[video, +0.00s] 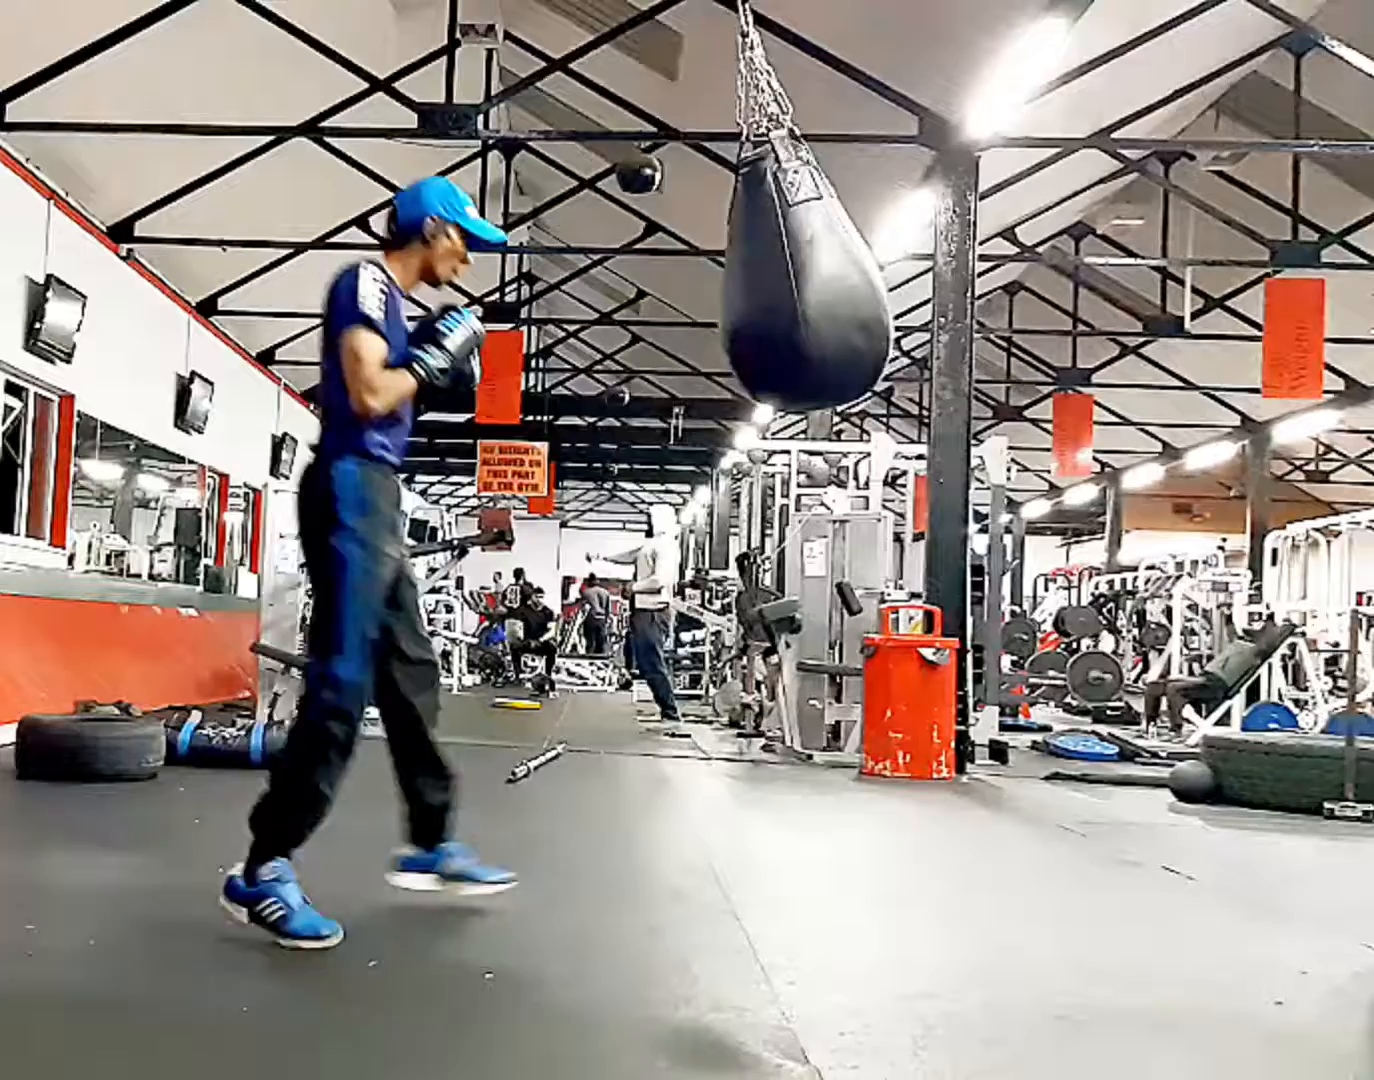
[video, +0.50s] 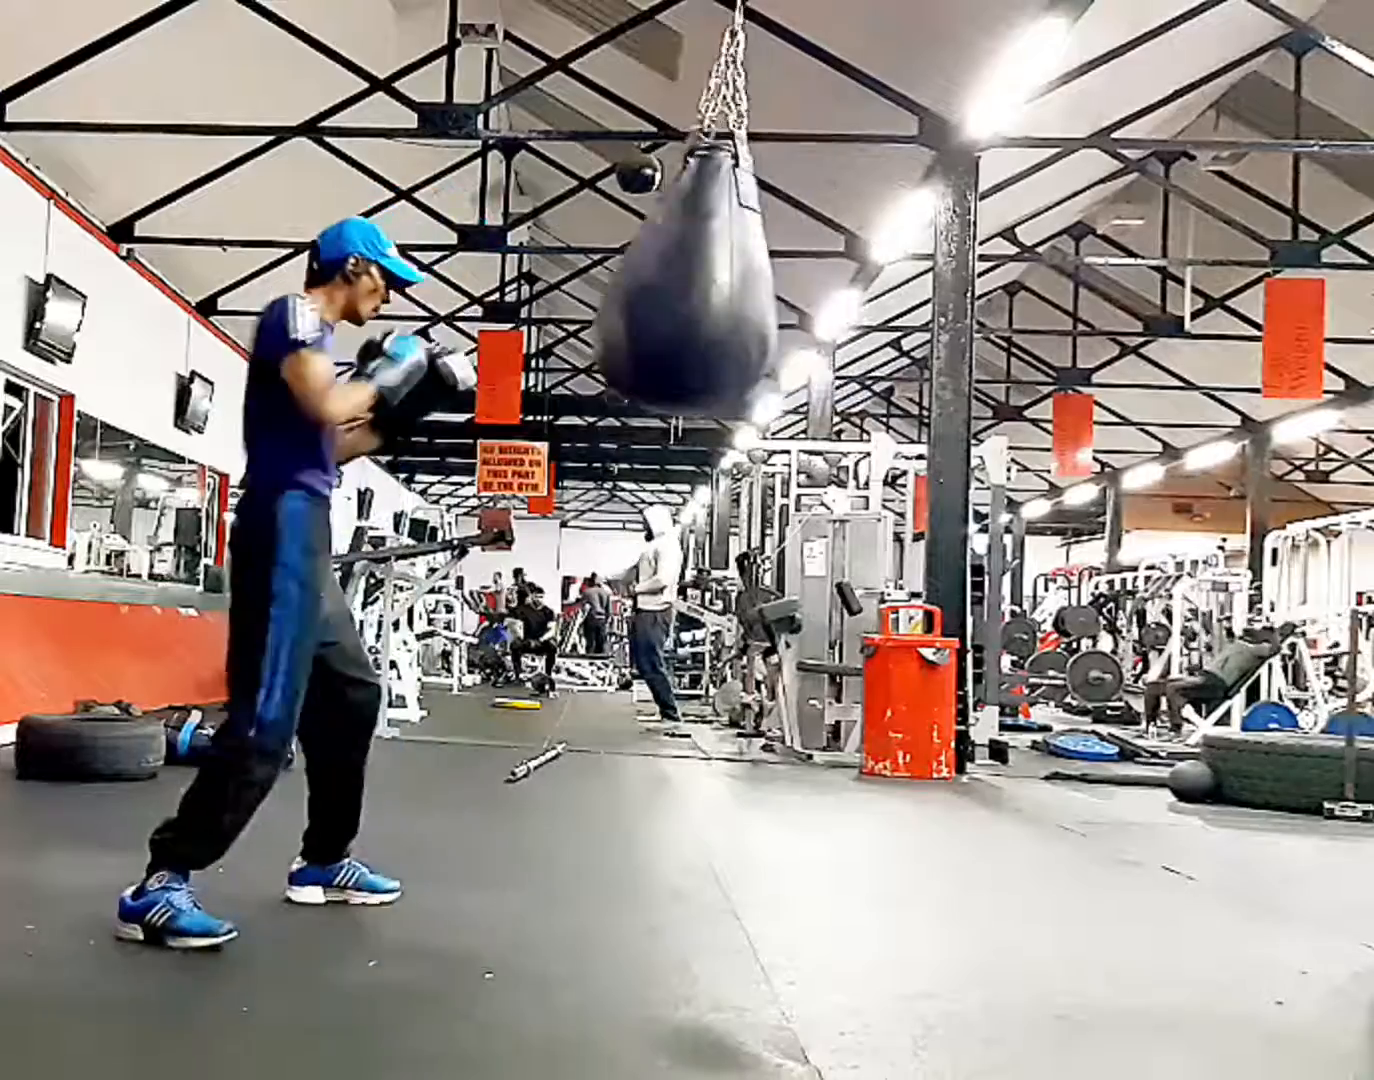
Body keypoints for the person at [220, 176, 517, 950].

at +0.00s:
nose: (466, 260)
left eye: (468, 248)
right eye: (462, 244)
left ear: (429, 236)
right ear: (431, 234)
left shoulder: (402, 306)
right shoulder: (363, 285)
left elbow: (386, 398)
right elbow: (370, 398)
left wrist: (434, 371)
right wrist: (432, 359)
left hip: (378, 491)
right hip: (349, 487)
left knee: (408, 673)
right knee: (342, 683)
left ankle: (429, 845)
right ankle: (262, 870)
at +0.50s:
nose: (386, 301)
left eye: (390, 288)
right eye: (384, 285)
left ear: (347, 275)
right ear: (354, 272)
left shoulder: (319, 341)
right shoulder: (296, 313)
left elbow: (329, 450)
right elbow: (318, 403)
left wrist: (401, 415)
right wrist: (386, 375)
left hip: (304, 528)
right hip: (280, 522)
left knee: (351, 694)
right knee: (265, 718)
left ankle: (326, 862)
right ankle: (162, 881)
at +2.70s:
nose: (403, 294)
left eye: (408, 284)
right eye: (400, 279)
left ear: (376, 273)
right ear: (366, 265)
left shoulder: (358, 336)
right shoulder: (307, 307)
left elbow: (345, 430)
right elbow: (257, 394)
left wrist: (384, 420)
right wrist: (342, 394)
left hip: (329, 500)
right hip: (289, 496)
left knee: (342, 665)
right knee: (263, 664)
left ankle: (350, 822)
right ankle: (202, 825)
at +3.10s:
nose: (376, 296)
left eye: (379, 286)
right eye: (370, 282)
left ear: (350, 281)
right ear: (332, 271)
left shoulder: (336, 346)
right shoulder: (272, 320)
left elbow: (340, 428)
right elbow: (256, 414)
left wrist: (382, 407)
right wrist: (329, 381)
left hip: (317, 514)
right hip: (269, 509)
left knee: (350, 669)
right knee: (246, 684)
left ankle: (333, 825)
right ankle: (161, 823)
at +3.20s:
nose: (383, 316)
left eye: (388, 305)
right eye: (379, 301)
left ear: (352, 296)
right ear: (344, 289)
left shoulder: (344, 362)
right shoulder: (282, 335)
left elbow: (345, 446)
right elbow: (291, 428)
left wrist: (391, 414)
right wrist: (359, 399)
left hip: (318, 529)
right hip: (279, 524)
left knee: (353, 686)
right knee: (246, 695)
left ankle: (393, 836)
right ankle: (158, 834)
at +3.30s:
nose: (404, 322)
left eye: (406, 313)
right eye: (398, 309)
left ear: (378, 309)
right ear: (364, 299)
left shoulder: (364, 378)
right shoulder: (304, 343)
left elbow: (351, 462)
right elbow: (298, 440)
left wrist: (404, 442)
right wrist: (373, 419)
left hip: (339, 535)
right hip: (299, 530)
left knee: (371, 689)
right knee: (273, 694)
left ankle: (400, 840)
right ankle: (165, 824)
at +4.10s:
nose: (449, 327)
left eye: (452, 316)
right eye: (443, 313)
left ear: (417, 312)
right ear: (409, 307)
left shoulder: (405, 373)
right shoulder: (361, 351)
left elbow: (403, 451)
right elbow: (350, 418)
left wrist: (458, 424)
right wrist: (432, 386)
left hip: (366, 538)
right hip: (339, 532)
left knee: (400, 687)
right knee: (285, 702)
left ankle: (403, 839)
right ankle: (161, 824)